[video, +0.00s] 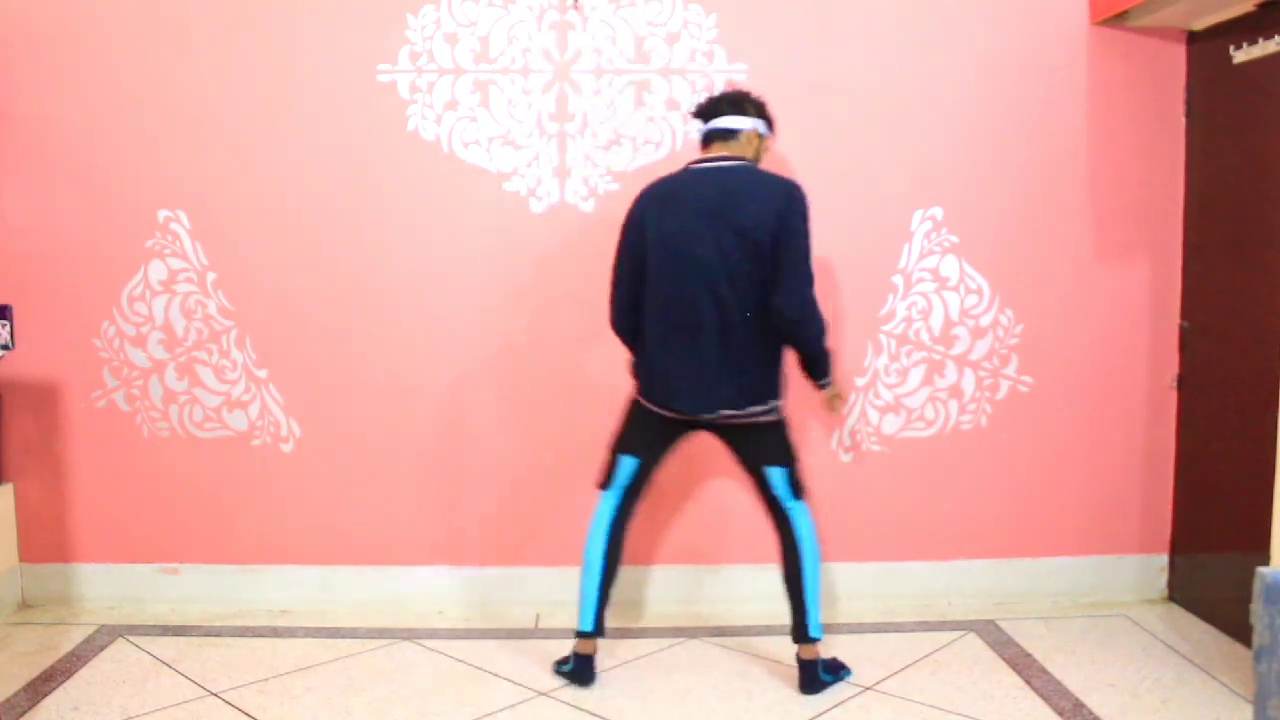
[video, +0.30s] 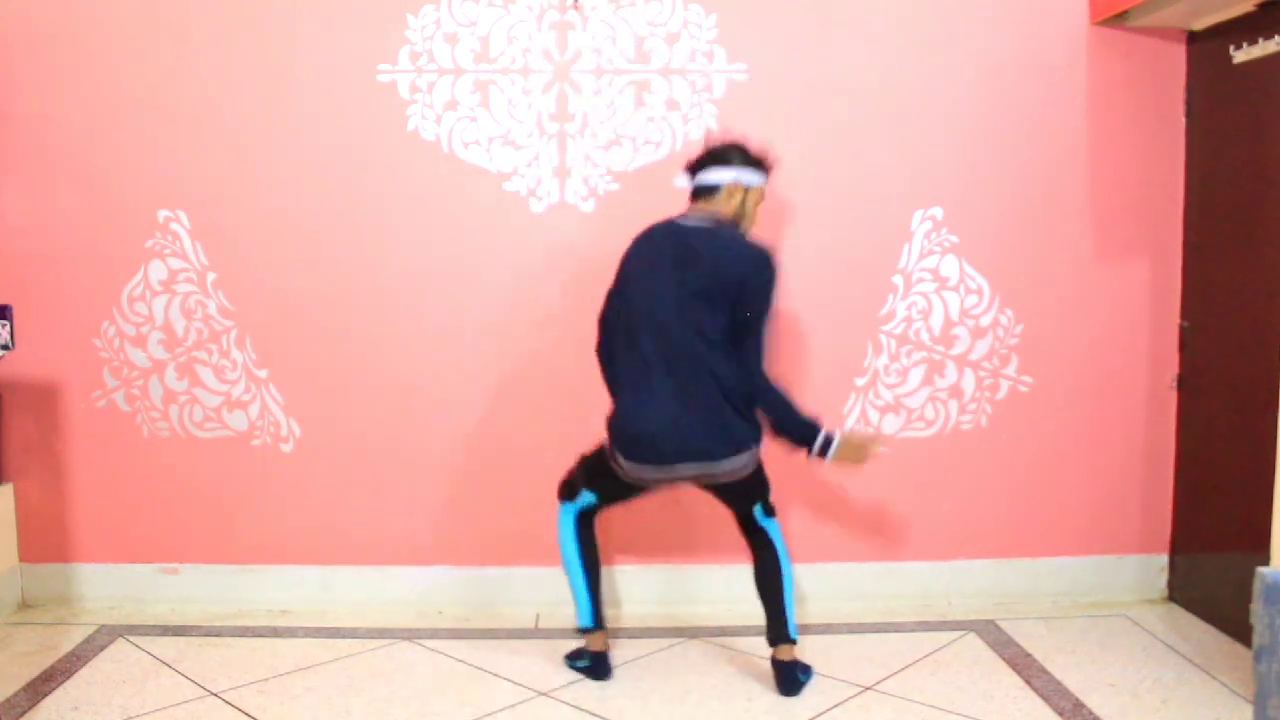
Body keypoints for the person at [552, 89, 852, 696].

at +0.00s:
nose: (769, 148)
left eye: (766, 139)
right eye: (768, 139)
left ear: (706, 139)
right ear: (757, 139)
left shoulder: (656, 197)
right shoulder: (779, 196)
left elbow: (624, 310)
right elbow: (791, 303)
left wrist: (660, 358)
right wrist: (821, 371)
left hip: (664, 389)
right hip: (745, 395)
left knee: (613, 504)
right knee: (792, 513)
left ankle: (582, 653)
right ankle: (812, 661)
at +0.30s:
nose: (758, 210)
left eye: (760, 198)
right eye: (756, 197)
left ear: (697, 193)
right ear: (736, 195)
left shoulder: (647, 245)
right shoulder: (749, 260)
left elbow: (609, 343)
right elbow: (747, 378)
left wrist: (641, 413)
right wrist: (824, 441)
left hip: (643, 447)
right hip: (723, 445)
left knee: (576, 502)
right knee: (761, 525)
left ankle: (594, 647)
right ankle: (786, 662)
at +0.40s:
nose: (750, 244)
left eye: (756, 232)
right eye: (751, 226)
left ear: (702, 211)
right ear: (722, 210)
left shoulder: (630, 265)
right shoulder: (728, 273)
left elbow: (604, 366)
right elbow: (745, 385)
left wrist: (643, 419)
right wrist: (781, 472)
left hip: (634, 454)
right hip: (712, 456)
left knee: (582, 513)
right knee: (756, 530)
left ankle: (598, 647)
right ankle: (783, 660)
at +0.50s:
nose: (748, 239)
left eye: (753, 229)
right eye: (748, 224)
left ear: (694, 212)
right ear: (721, 210)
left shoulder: (635, 258)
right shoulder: (719, 250)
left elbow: (647, 381)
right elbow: (705, 333)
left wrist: (720, 411)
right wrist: (743, 418)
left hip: (592, 439)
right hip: (657, 439)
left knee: (603, 510)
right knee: (764, 507)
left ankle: (599, 647)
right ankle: (783, 659)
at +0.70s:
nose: (713, 239)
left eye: (724, 231)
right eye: (707, 220)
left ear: (729, 235)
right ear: (676, 209)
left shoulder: (639, 254)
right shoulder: (662, 256)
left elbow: (664, 304)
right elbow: (653, 305)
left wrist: (715, 315)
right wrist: (713, 315)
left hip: (569, 443)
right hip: (619, 445)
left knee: (632, 513)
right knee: (730, 567)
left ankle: (603, 647)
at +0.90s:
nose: (683, 244)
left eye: (697, 238)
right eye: (675, 226)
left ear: (701, 247)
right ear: (648, 220)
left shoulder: (638, 287)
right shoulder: (624, 277)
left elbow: (626, 388)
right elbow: (588, 375)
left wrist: (649, 452)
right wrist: (641, 434)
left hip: (587, 460)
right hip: (580, 464)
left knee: (667, 519)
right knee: (707, 584)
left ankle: (596, 648)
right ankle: (624, 712)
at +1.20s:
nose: (674, 213)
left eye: (686, 204)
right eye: (662, 198)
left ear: (692, 215)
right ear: (634, 199)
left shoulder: (641, 285)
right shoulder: (610, 244)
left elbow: (613, 364)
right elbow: (557, 279)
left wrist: (629, 406)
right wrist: (535, 270)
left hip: (562, 428)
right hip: (506, 420)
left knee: (647, 511)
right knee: (534, 550)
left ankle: (588, 645)